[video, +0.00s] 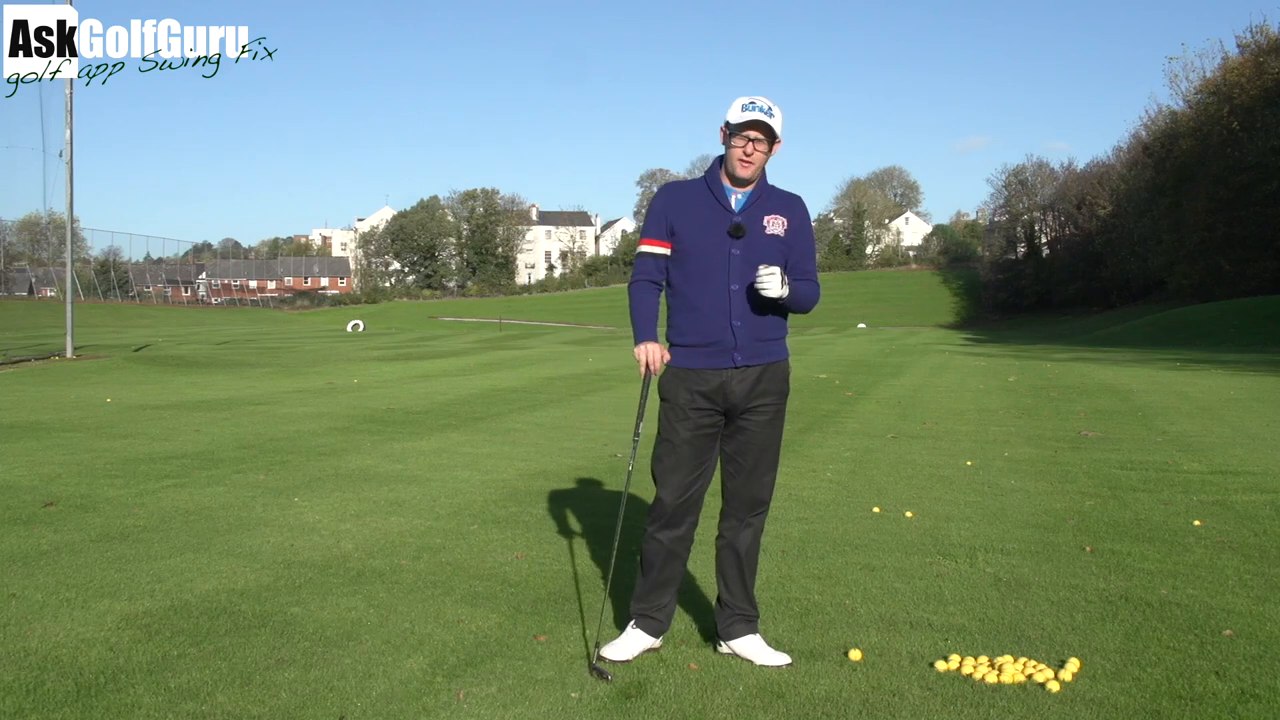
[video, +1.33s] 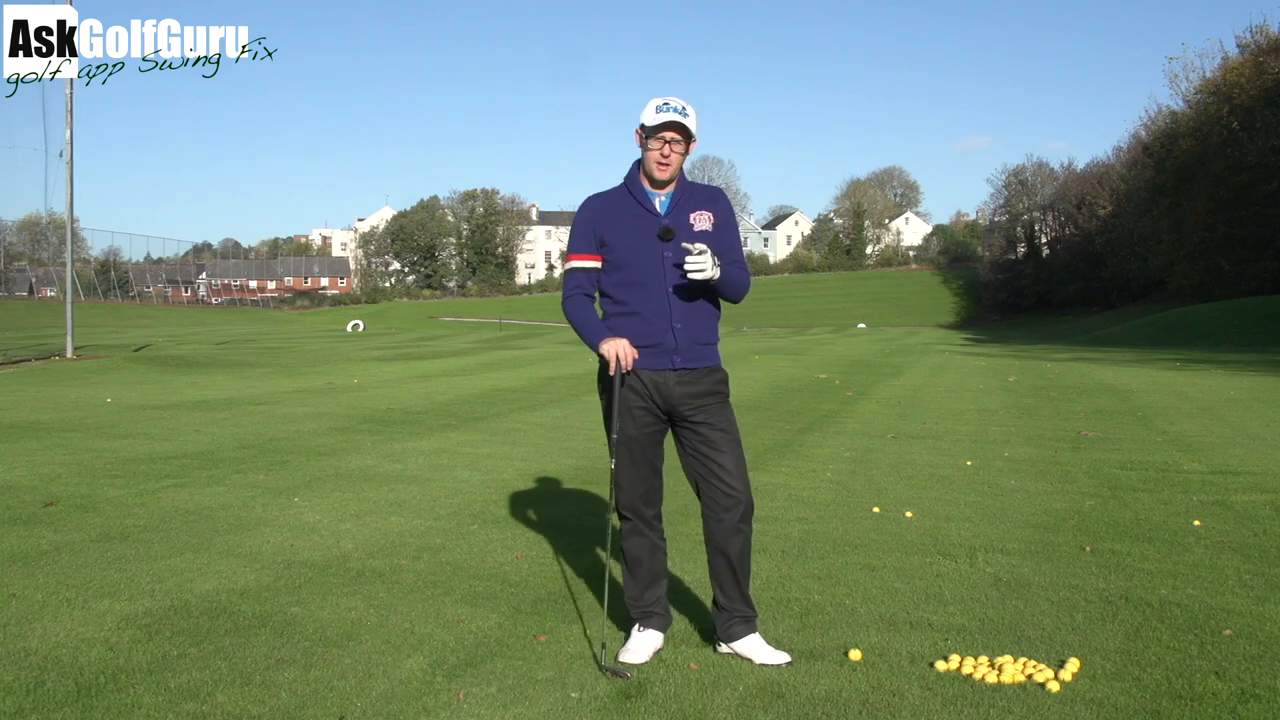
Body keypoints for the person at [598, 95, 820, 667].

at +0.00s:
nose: (748, 146)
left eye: (760, 138)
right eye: (740, 135)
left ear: (773, 147)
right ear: (724, 139)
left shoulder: (790, 210)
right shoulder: (674, 199)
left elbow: (808, 294)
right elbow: (646, 276)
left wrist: (788, 288)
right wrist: (646, 336)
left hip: (762, 376)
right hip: (690, 374)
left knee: (747, 507)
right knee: (673, 503)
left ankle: (736, 627)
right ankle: (647, 623)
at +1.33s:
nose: (667, 147)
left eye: (678, 139)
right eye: (659, 137)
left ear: (690, 147)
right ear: (641, 141)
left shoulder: (712, 204)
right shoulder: (598, 210)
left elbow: (740, 287)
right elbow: (576, 295)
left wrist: (717, 272)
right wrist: (602, 337)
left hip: (701, 379)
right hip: (631, 380)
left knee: (731, 501)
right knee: (637, 507)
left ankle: (735, 626)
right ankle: (649, 621)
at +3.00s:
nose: (666, 146)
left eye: (677, 140)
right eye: (658, 135)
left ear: (688, 148)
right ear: (639, 137)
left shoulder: (705, 205)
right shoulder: (595, 207)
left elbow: (728, 290)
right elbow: (585, 291)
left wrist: (730, 264)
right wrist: (643, 263)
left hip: (705, 369)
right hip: (633, 374)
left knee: (721, 501)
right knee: (642, 504)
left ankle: (732, 626)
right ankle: (649, 621)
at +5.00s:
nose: (730, 150)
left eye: (737, 140)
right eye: (718, 140)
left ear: (742, 145)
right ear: (691, 140)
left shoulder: (751, 206)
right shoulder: (647, 203)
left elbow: (776, 287)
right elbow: (652, 280)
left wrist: (796, 253)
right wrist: (709, 237)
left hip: (744, 372)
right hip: (675, 374)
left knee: (735, 506)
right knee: (667, 505)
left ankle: (733, 627)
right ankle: (653, 621)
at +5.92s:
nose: (703, 143)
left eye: (714, 135)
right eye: (695, 133)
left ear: (731, 144)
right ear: (682, 139)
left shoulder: (757, 204)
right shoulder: (645, 196)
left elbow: (778, 284)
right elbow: (638, 257)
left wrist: (757, 293)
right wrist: (679, 191)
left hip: (734, 373)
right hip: (660, 373)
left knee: (730, 507)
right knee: (657, 507)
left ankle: (730, 624)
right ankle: (652, 620)